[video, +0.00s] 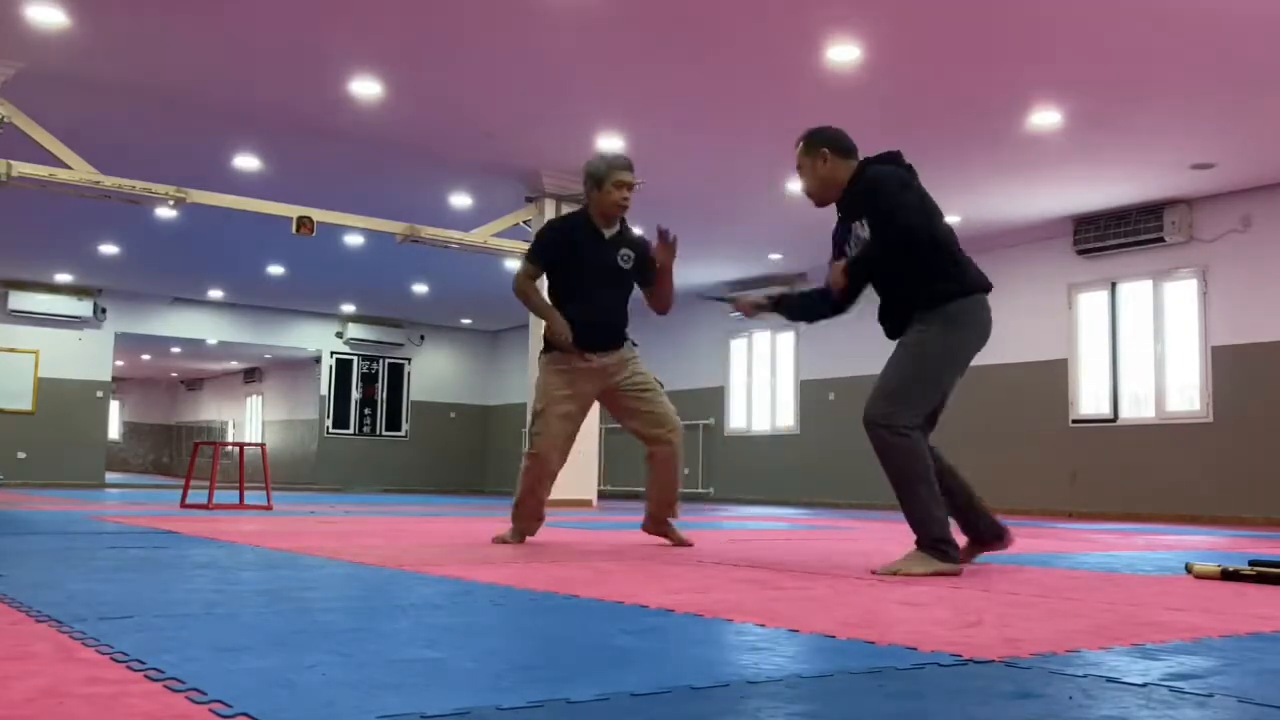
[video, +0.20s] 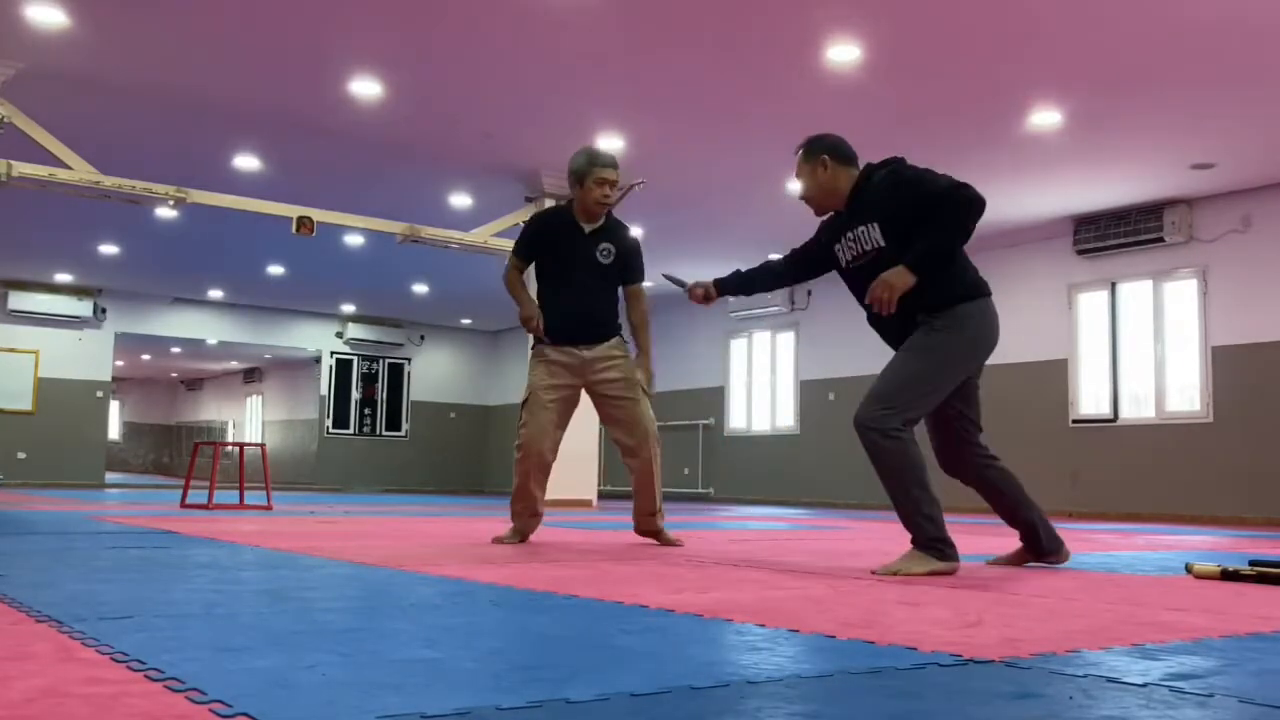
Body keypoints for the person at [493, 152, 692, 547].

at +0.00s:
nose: (627, 195)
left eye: (631, 188)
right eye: (619, 187)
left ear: (632, 192)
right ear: (592, 188)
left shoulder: (635, 244)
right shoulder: (558, 233)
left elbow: (661, 305)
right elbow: (522, 283)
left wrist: (665, 267)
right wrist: (551, 316)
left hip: (618, 361)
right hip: (565, 363)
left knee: (666, 430)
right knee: (545, 449)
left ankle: (658, 518)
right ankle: (521, 528)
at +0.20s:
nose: (609, 194)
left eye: (614, 186)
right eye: (601, 184)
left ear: (618, 190)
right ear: (576, 184)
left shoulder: (622, 238)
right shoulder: (543, 225)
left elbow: (635, 299)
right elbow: (512, 273)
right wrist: (526, 305)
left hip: (608, 355)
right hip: (553, 356)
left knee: (644, 436)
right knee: (534, 442)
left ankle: (649, 521)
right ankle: (522, 525)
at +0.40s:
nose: (621, 196)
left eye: (627, 189)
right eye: (614, 187)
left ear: (630, 191)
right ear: (589, 185)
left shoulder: (633, 240)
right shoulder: (554, 225)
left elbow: (641, 298)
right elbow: (518, 270)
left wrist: (637, 321)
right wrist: (538, 301)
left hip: (613, 357)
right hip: (558, 357)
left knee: (644, 435)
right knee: (538, 441)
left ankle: (655, 528)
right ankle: (521, 526)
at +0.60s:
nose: (635, 202)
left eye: (640, 194)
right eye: (629, 192)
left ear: (641, 195)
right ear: (603, 189)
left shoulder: (636, 239)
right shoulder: (565, 222)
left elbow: (642, 307)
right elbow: (526, 272)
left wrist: (644, 269)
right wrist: (562, 298)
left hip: (614, 354)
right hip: (561, 354)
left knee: (647, 433)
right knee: (540, 441)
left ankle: (656, 528)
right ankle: (520, 526)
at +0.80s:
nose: (637, 214)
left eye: (641, 206)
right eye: (634, 204)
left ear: (624, 202)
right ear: (608, 197)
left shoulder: (614, 241)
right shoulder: (578, 222)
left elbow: (610, 301)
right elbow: (614, 261)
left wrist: (628, 274)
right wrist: (671, 274)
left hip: (601, 357)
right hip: (554, 357)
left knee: (636, 436)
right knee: (538, 447)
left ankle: (652, 527)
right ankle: (515, 527)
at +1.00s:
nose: (632, 224)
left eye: (636, 217)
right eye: (629, 215)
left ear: (622, 212)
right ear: (603, 206)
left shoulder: (615, 250)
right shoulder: (567, 230)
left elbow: (607, 307)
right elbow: (586, 266)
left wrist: (641, 299)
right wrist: (632, 290)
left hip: (596, 359)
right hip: (549, 360)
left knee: (635, 430)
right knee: (537, 447)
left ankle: (649, 524)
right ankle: (513, 527)